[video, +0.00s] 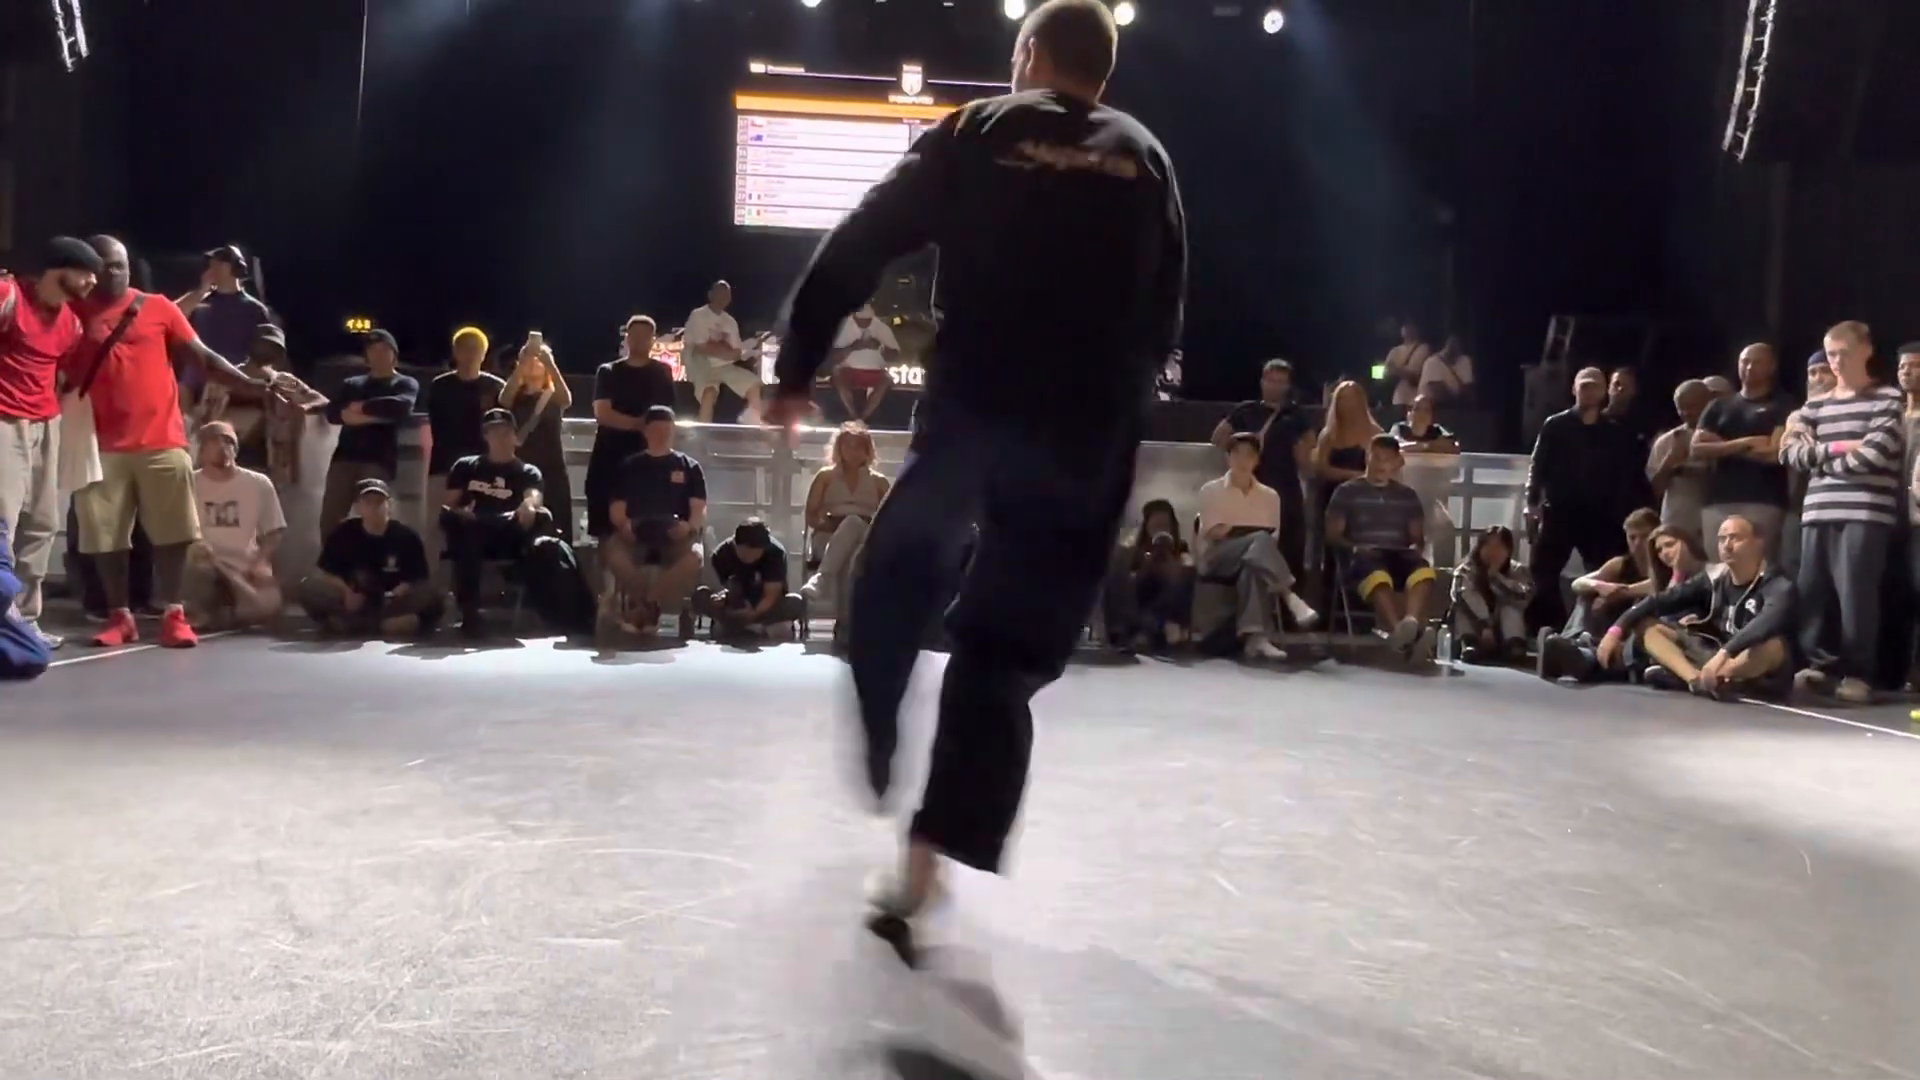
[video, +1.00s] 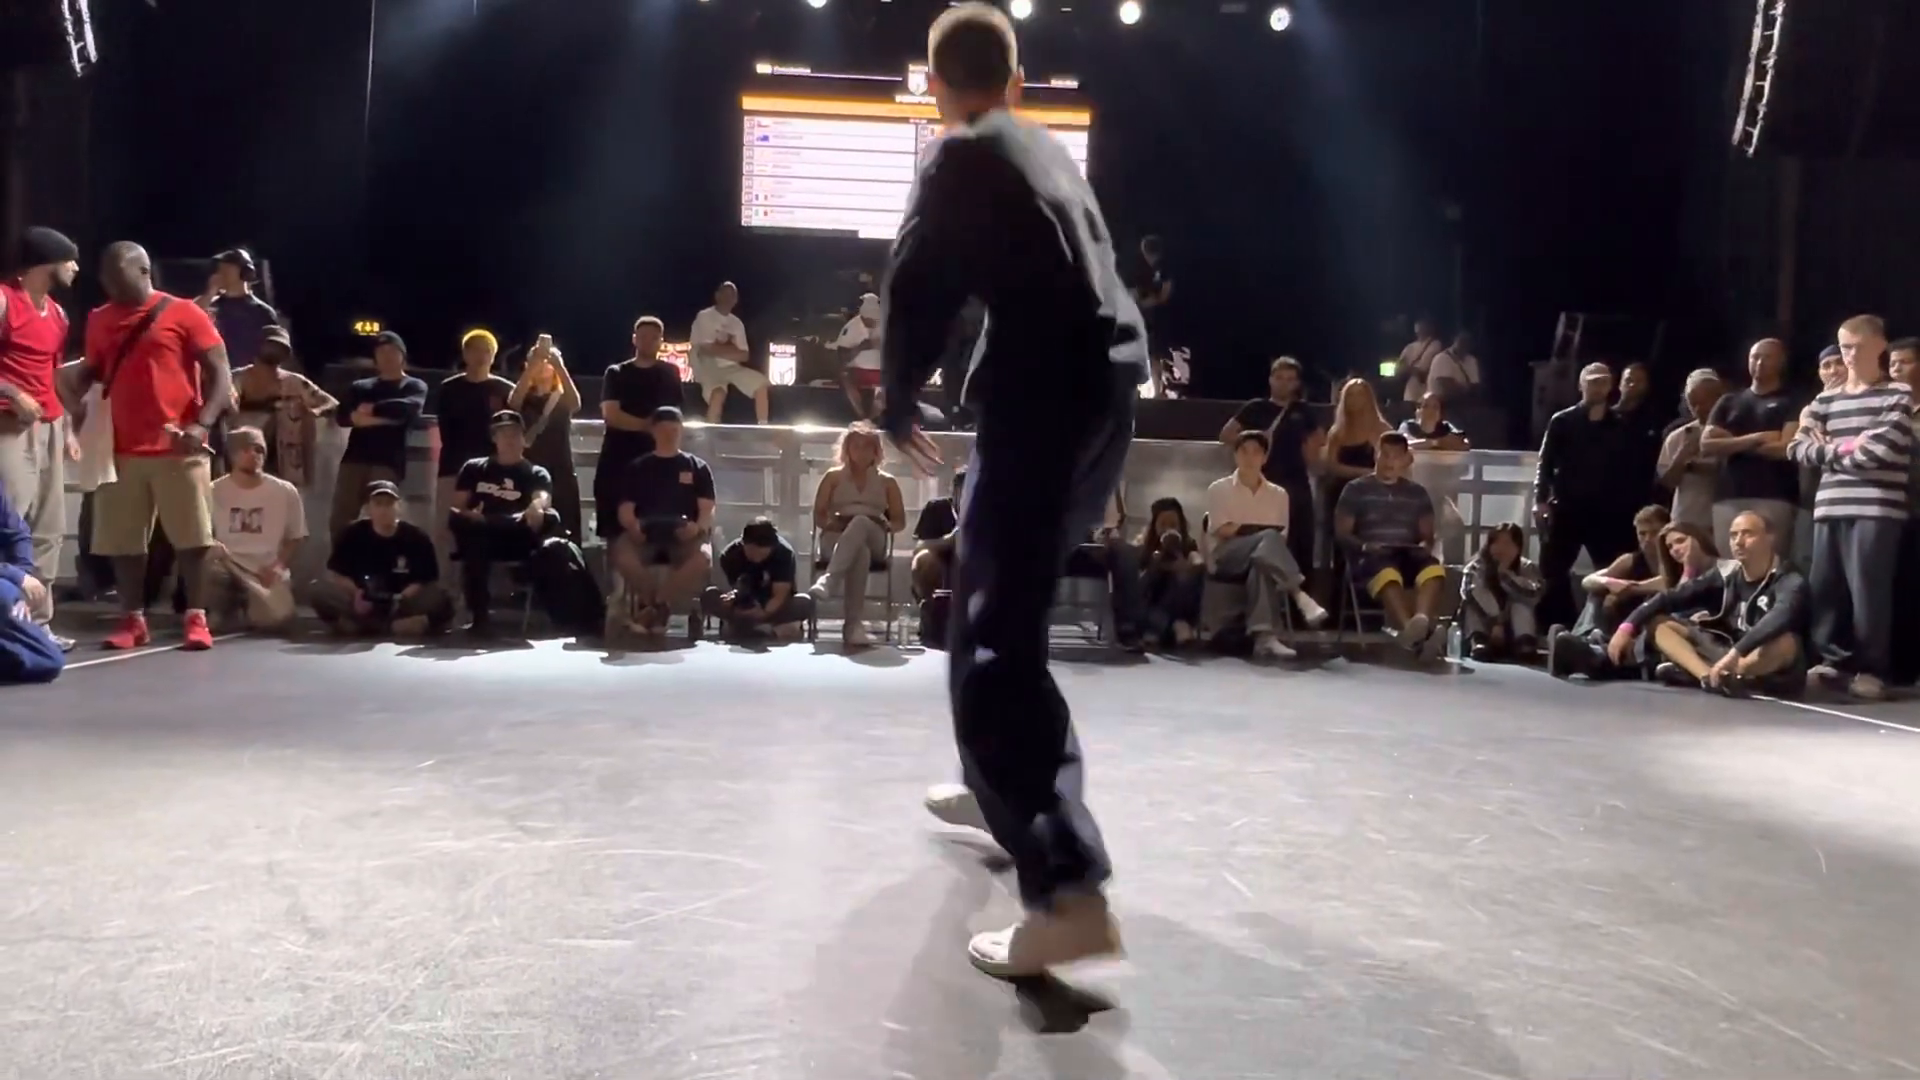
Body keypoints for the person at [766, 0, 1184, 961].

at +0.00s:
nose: (1012, 65)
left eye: (1017, 52)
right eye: (1026, 54)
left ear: (1029, 55)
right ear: (1106, 75)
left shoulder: (969, 135)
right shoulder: (1150, 163)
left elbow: (858, 245)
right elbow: (1162, 328)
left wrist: (795, 367)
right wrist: (1101, 391)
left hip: (970, 409)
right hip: (1082, 437)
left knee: (900, 579)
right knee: (1002, 655)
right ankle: (920, 868)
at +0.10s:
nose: (1018, 82)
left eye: (1019, 69)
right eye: (1029, 72)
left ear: (1028, 70)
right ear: (1110, 84)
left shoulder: (963, 145)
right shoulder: (1139, 164)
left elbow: (841, 206)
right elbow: (1153, 303)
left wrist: (738, 299)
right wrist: (1113, 360)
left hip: (970, 404)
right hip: (1074, 416)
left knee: (1022, 626)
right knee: (994, 633)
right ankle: (843, 808)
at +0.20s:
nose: (1007, 104)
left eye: (1011, 90)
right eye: (1017, 91)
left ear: (1023, 92)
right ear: (1100, 107)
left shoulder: (973, 189)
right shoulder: (1141, 204)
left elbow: (858, 272)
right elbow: (1213, 334)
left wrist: (784, 355)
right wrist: (1154, 375)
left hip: (969, 447)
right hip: (1062, 458)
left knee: (1063, 656)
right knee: (955, 665)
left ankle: (1102, 865)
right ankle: (818, 839)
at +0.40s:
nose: (1176, 65)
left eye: (1179, 47)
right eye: (1164, 43)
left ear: (1124, 49)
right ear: (1102, 40)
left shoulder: (1107, 172)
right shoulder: (1049, 109)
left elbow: (1096, 304)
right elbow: (990, 146)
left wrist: (1104, 353)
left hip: (1030, 394)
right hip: (957, 386)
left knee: (1057, 629)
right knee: (909, 615)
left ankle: (1094, 873)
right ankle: (841, 813)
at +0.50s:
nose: (1065, 15)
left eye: (1084, 4)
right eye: (1063, 5)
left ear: (1136, 17)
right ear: (1050, 17)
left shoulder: (1158, 160)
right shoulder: (992, 109)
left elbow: (1150, 305)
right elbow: (873, 184)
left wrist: (997, 324)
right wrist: (924, 289)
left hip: (1051, 408)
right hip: (942, 400)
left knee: (1047, 638)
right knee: (913, 607)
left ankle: (1071, 894)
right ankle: (968, 784)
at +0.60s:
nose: (994, 27)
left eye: (1001, 11)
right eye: (1001, 12)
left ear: (1024, 20)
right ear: (1082, 29)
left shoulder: (1058, 130)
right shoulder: (1065, 123)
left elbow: (1031, 286)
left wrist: (931, 327)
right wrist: (951, 317)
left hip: (1014, 445)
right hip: (1032, 438)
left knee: (978, 657)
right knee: (1026, 640)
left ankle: (1039, 896)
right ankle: (1094, 828)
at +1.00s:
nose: (925, 94)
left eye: (925, 79)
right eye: (932, 78)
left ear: (936, 83)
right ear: (1011, 78)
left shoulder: (958, 159)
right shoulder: (1047, 150)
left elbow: (922, 287)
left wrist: (897, 408)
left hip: (1038, 405)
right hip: (1102, 395)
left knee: (994, 636)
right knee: (1000, 599)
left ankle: (1069, 895)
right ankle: (1004, 788)